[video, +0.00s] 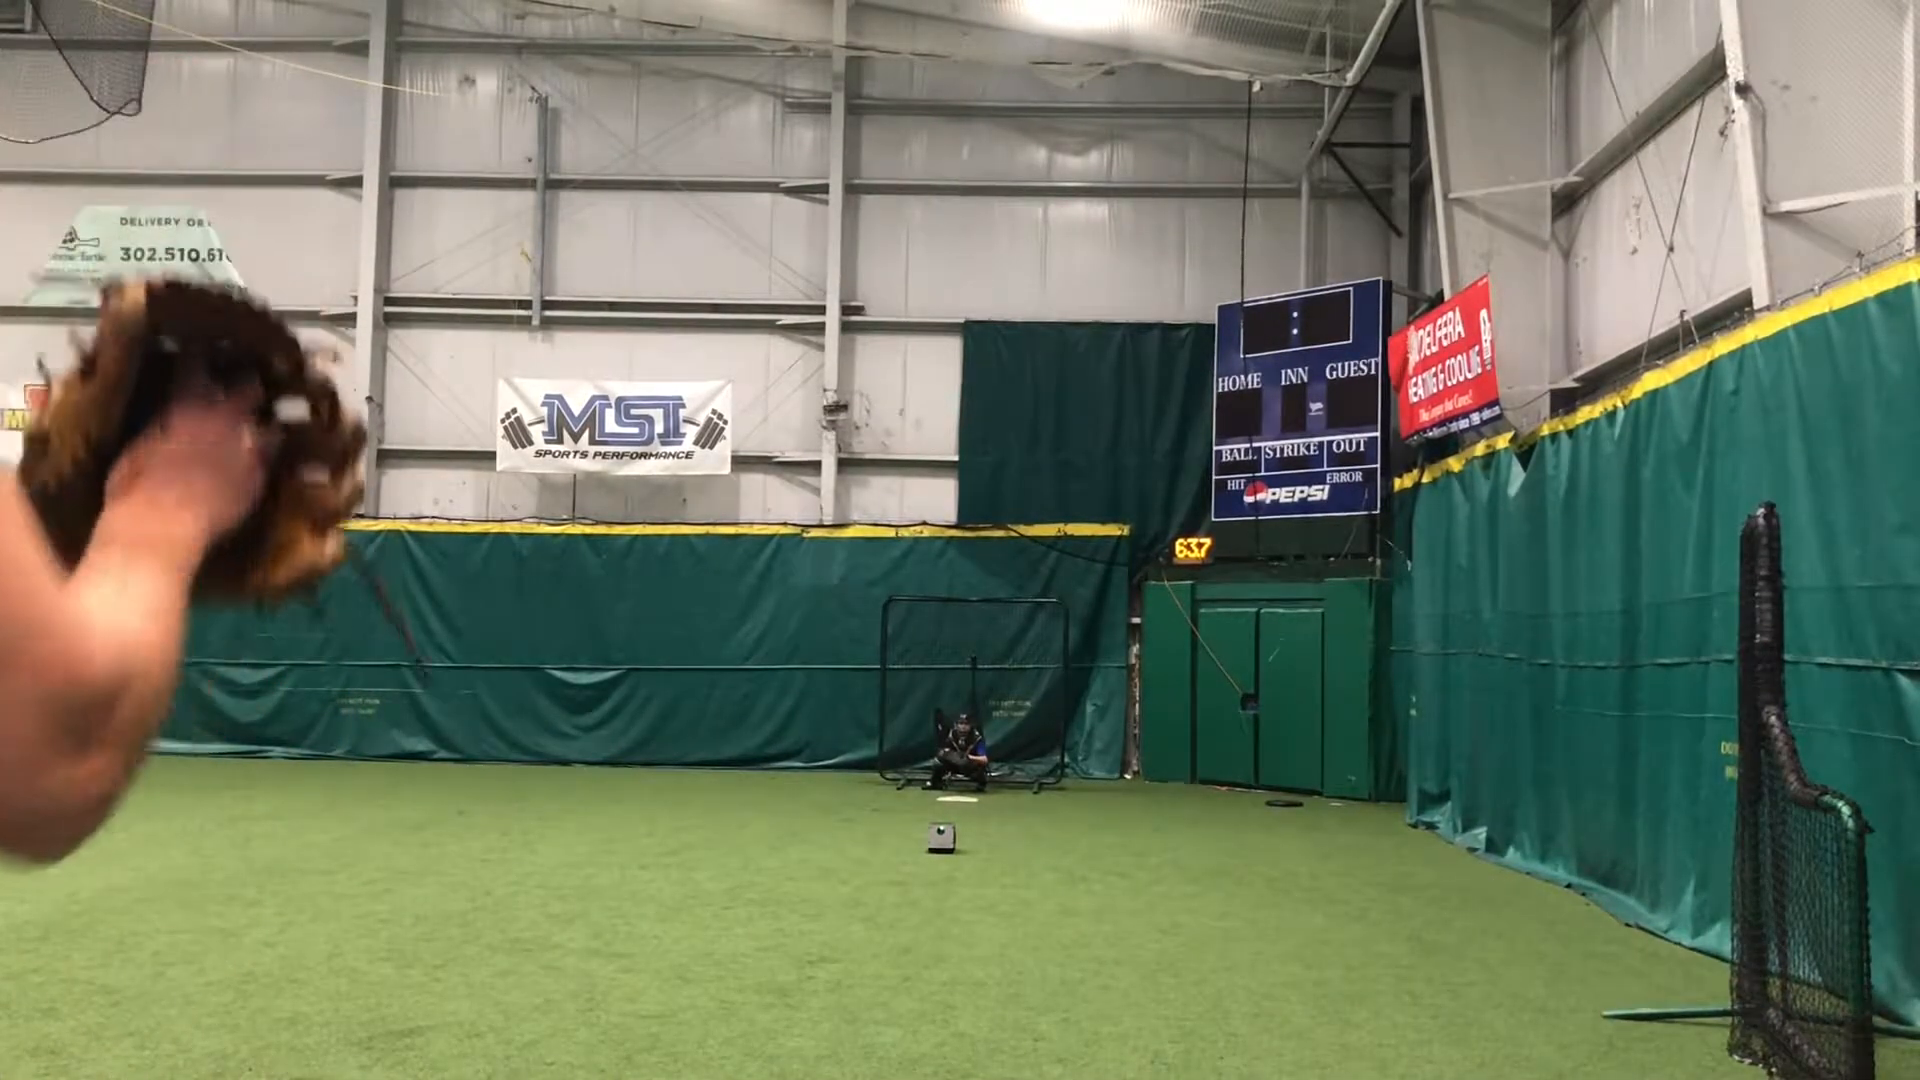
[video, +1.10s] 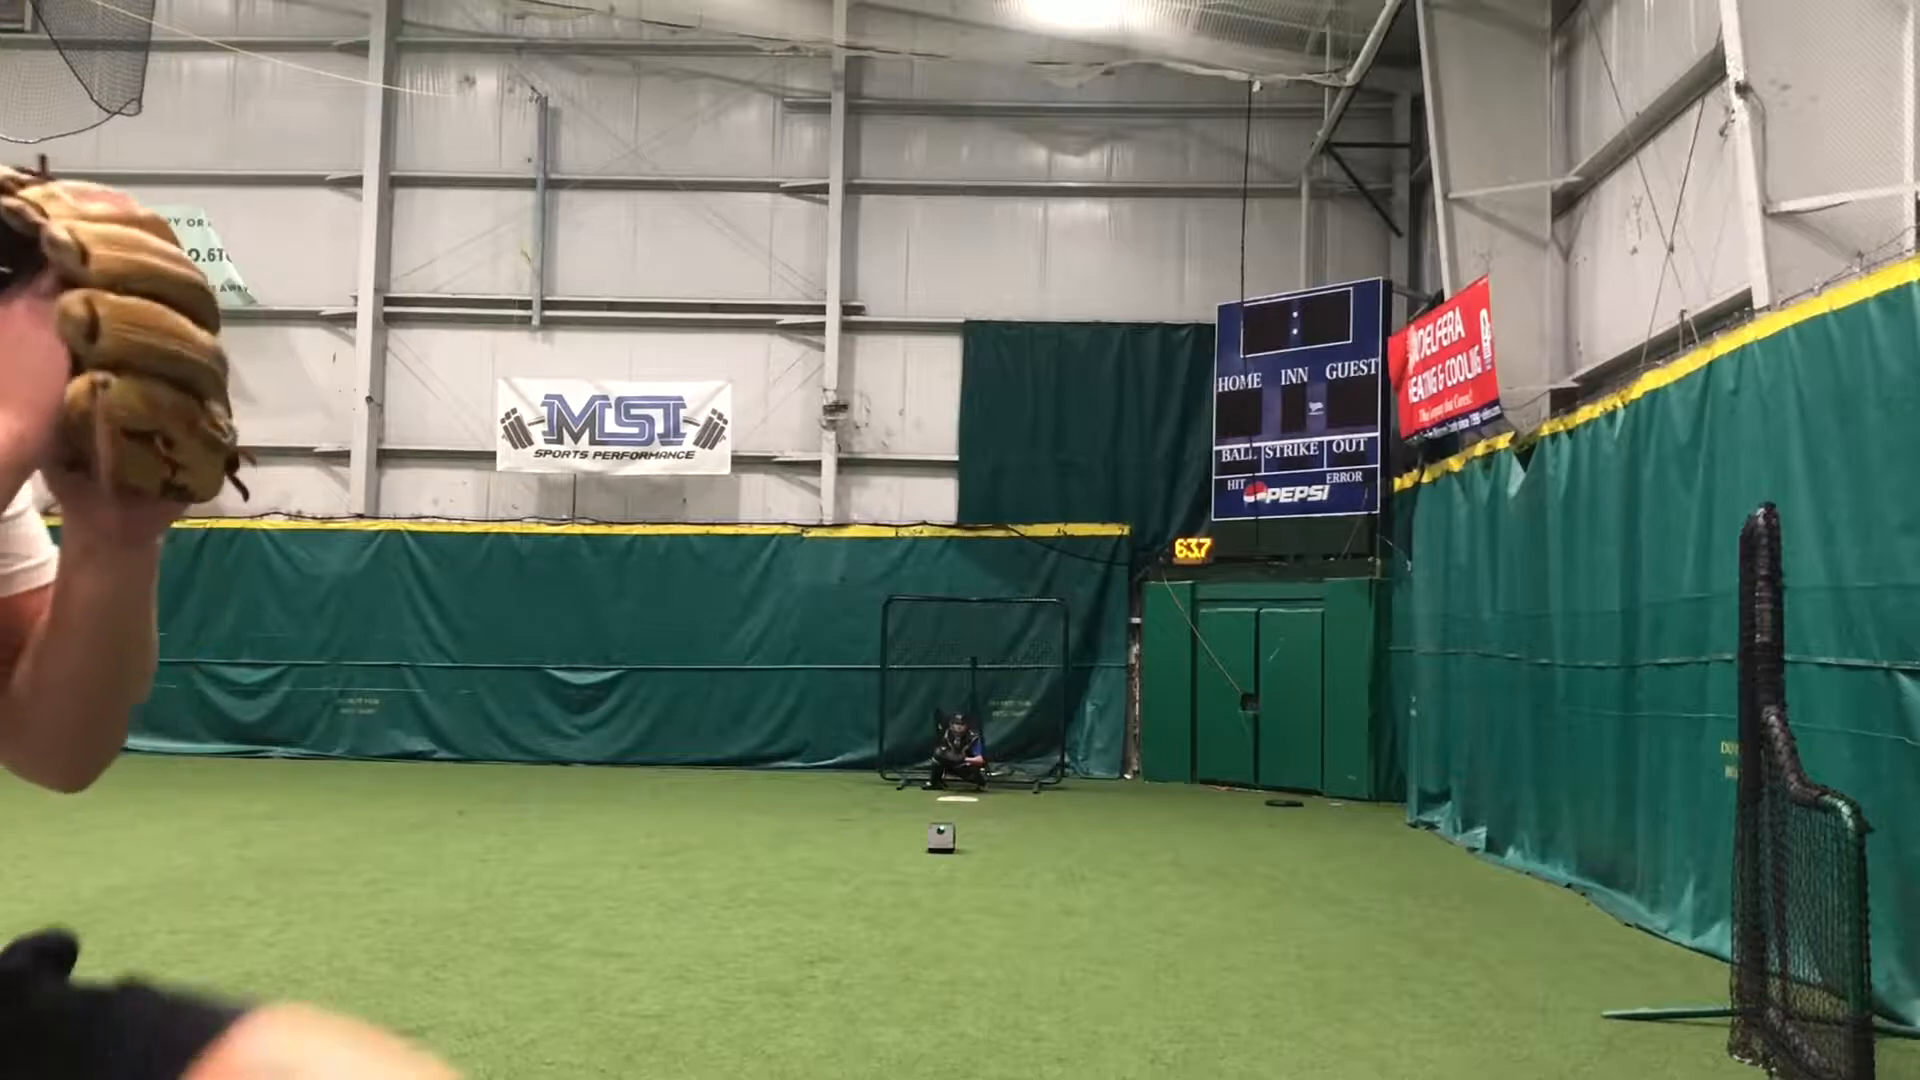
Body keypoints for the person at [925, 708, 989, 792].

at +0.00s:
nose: (963, 727)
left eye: (966, 724)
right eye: (960, 724)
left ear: (970, 726)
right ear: (956, 725)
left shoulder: (977, 738)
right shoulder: (951, 735)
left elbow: (984, 759)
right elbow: (943, 751)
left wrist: (969, 757)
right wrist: (952, 756)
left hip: (970, 763)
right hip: (954, 762)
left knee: (979, 773)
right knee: (939, 764)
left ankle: (981, 784)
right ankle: (936, 783)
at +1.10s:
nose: (958, 727)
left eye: (961, 724)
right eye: (956, 724)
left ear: (966, 726)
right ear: (951, 725)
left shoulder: (973, 738)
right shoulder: (946, 735)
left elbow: (980, 760)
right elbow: (939, 751)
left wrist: (964, 759)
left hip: (966, 766)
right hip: (949, 764)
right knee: (937, 760)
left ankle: (981, 783)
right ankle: (935, 782)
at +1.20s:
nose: (957, 726)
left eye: (960, 724)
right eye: (955, 723)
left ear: (965, 725)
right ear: (950, 725)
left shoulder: (972, 738)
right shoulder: (945, 735)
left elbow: (979, 759)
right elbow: (938, 751)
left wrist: (963, 757)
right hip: (948, 763)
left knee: (963, 768)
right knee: (936, 760)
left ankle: (980, 782)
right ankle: (936, 782)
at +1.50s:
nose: (954, 726)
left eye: (958, 723)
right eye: (952, 722)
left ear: (963, 725)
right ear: (947, 724)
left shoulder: (970, 738)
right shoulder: (942, 735)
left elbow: (976, 758)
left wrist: (960, 756)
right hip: (946, 760)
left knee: (960, 768)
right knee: (935, 753)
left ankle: (980, 782)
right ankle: (935, 782)